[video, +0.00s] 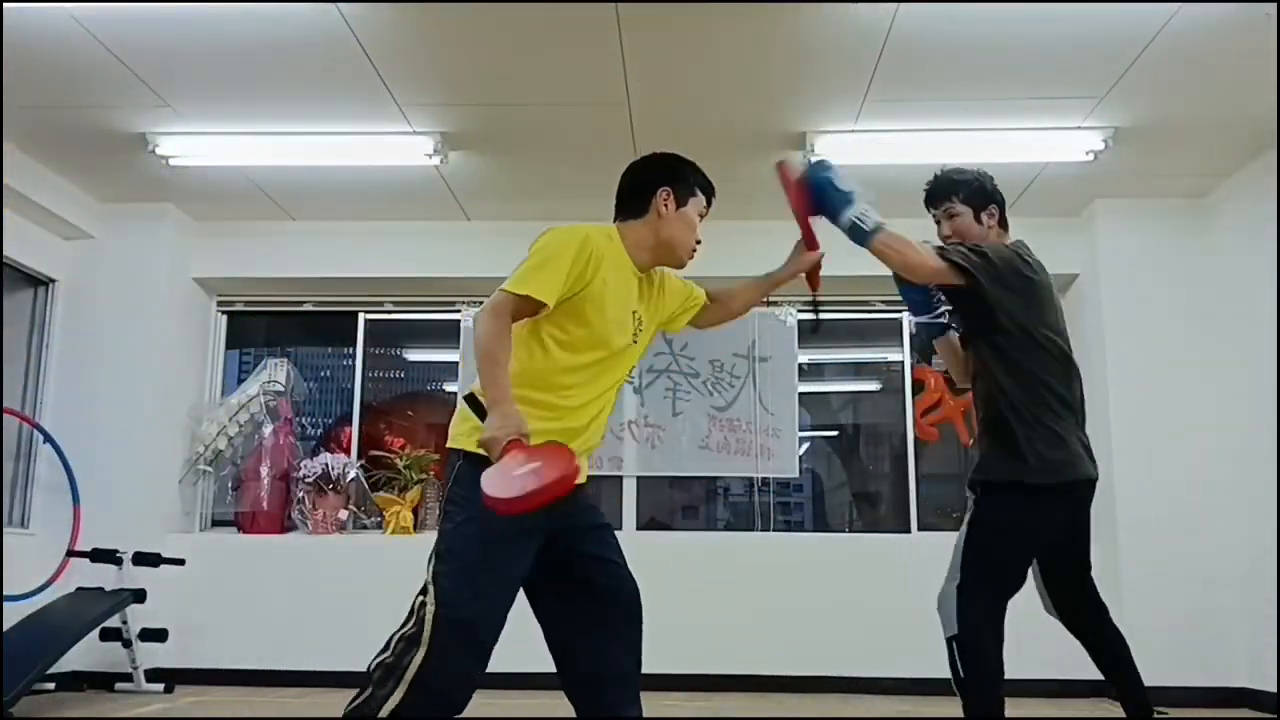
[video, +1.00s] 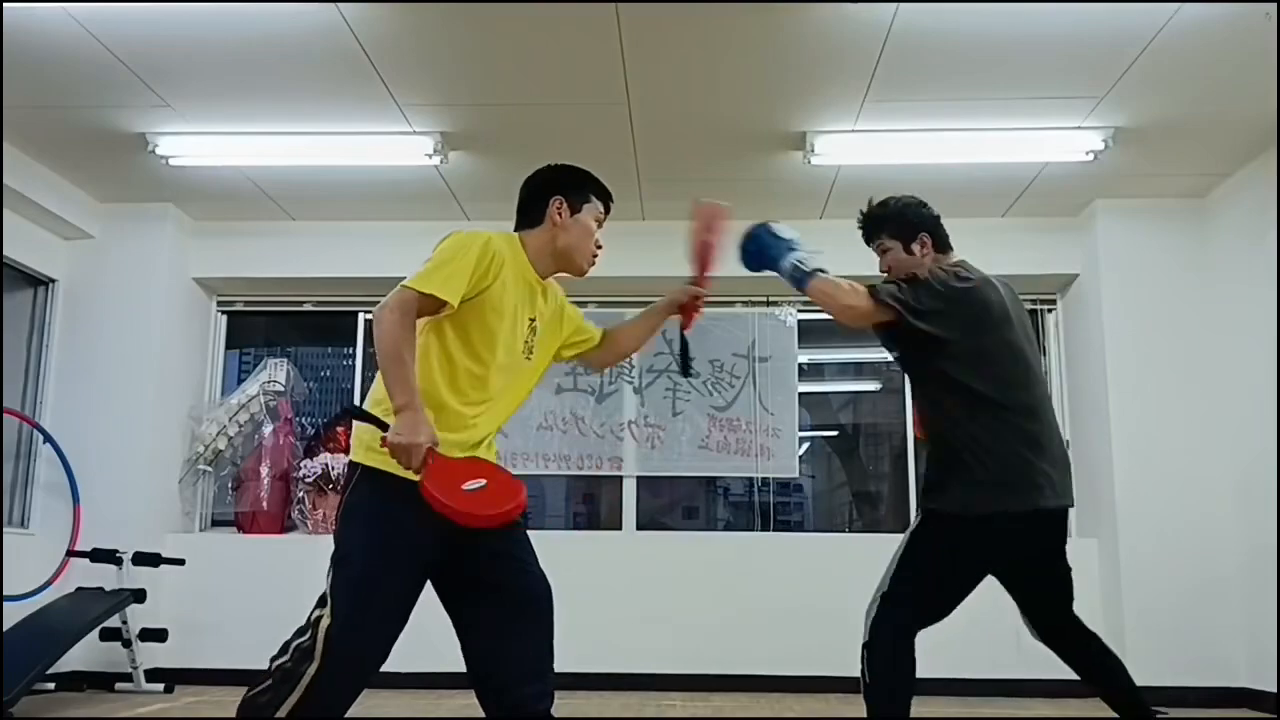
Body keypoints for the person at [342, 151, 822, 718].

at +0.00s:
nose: (703, 233)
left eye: (706, 220)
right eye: (700, 215)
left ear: (664, 207)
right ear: (664, 202)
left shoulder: (660, 290)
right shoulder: (579, 246)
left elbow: (714, 306)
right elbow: (493, 317)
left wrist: (785, 274)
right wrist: (501, 406)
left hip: (560, 478)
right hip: (496, 464)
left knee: (608, 609)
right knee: (455, 630)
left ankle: (614, 713)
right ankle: (378, 711)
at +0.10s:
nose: (690, 230)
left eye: (692, 216)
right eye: (687, 211)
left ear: (652, 203)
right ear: (652, 199)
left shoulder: (640, 297)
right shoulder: (566, 242)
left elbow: (638, 367)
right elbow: (482, 313)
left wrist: (714, 344)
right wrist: (475, 412)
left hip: (570, 488)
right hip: (503, 477)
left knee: (614, 615)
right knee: (443, 630)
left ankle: (619, 716)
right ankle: (335, 709)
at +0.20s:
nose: (663, 231)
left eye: (666, 217)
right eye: (660, 212)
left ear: (625, 205)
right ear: (625, 200)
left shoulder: (606, 302)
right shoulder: (546, 245)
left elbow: (558, 398)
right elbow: (462, 318)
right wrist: (461, 424)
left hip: (562, 496)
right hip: (488, 488)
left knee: (619, 615)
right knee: (412, 631)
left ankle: (623, 714)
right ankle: (299, 707)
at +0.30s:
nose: (627, 252)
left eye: (630, 239)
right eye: (625, 233)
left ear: (590, 223)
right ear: (591, 219)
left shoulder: (558, 307)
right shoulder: (515, 257)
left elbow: (505, 403)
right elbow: (438, 333)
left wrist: (548, 460)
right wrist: (459, 439)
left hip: (520, 504)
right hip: (446, 497)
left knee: (593, 617)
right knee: (378, 645)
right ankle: (282, 713)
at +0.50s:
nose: (555, 262)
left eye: (558, 248)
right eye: (553, 242)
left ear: (517, 233)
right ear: (519, 229)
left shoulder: (473, 312)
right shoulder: (450, 265)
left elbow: (431, 421)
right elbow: (414, 348)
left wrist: (513, 425)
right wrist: (470, 441)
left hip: (443, 501)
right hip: (377, 496)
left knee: (511, 626)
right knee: (336, 663)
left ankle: (548, 711)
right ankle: (279, 711)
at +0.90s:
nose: (589, 252)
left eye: (592, 237)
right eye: (586, 231)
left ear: (547, 224)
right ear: (549, 218)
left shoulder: (508, 308)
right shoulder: (478, 252)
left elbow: (500, 401)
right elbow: (394, 320)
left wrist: (567, 353)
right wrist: (397, 412)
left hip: (466, 488)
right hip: (394, 478)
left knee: (521, 608)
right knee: (344, 638)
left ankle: (523, 712)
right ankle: (268, 712)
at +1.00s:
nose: (602, 240)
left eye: (604, 228)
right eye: (597, 222)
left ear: (561, 217)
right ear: (559, 212)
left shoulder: (556, 311)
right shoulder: (483, 251)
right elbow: (392, 315)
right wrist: (408, 409)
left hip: (472, 482)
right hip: (397, 471)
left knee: (520, 609)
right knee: (355, 632)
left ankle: (522, 711)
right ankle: (274, 709)